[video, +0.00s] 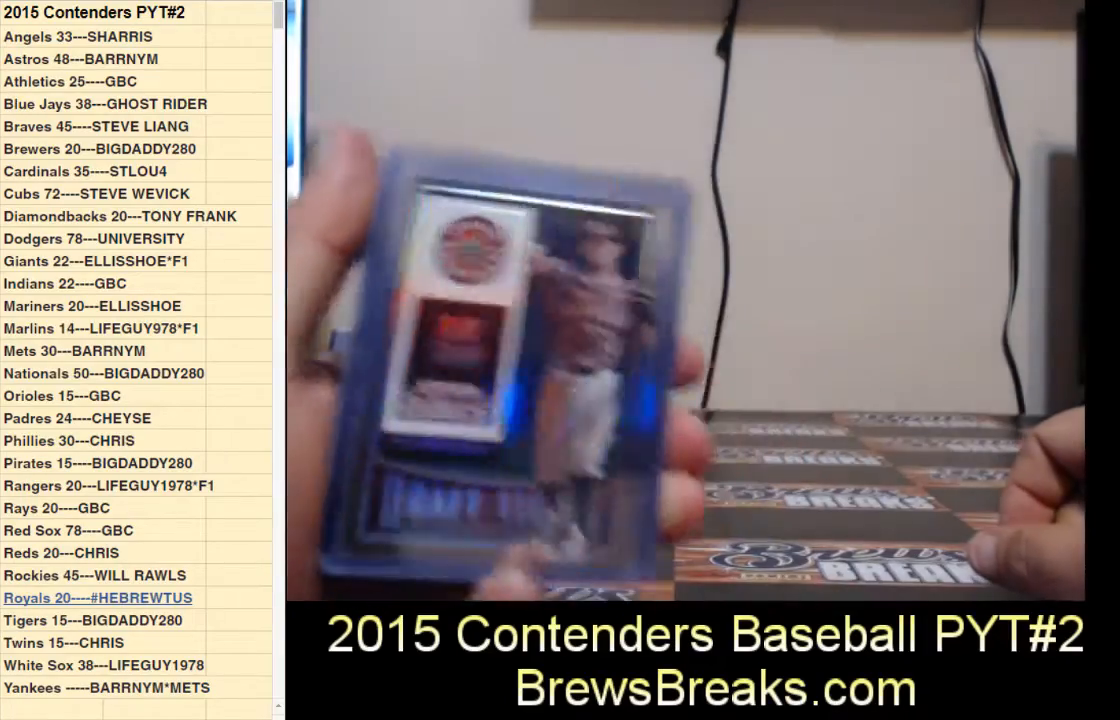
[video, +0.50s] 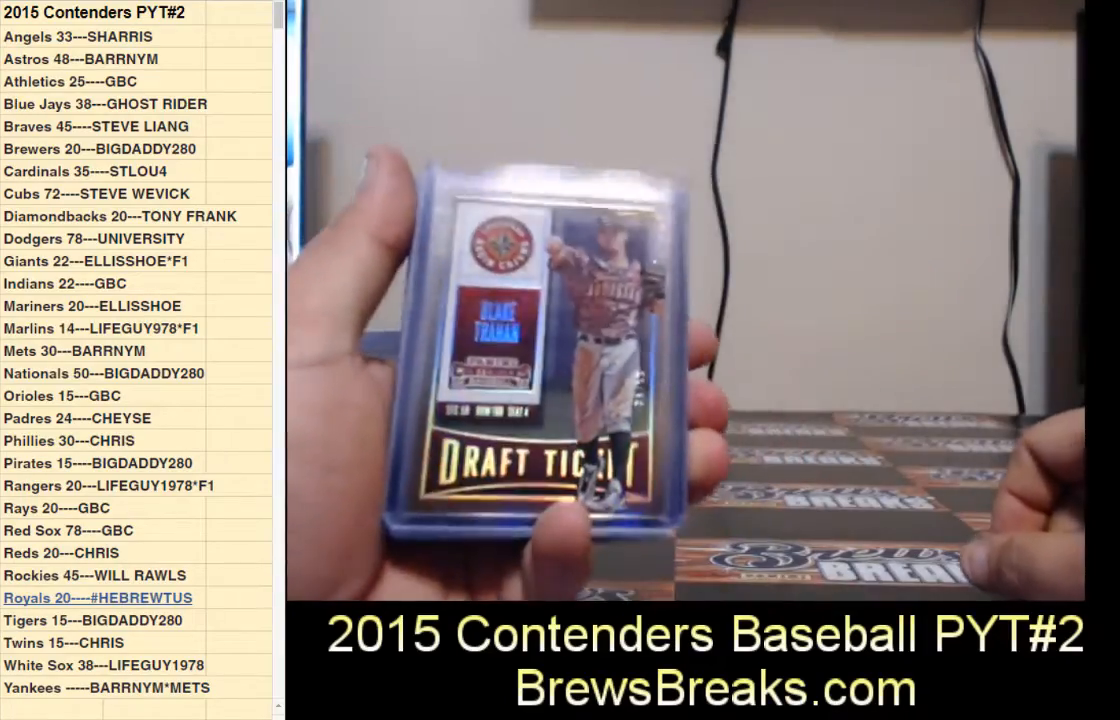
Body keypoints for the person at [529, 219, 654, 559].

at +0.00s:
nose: (599, 249)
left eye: (608, 242)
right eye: (593, 241)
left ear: (621, 249)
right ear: (581, 246)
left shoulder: (626, 292)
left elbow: (646, 335)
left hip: (601, 378)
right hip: (561, 376)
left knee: (586, 459)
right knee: (553, 457)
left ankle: (581, 532)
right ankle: (559, 529)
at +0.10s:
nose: (587, 238)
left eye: (594, 232)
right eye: (583, 232)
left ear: (607, 238)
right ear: (575, 236)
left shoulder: (618, 277)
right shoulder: (561, 266)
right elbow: (534, 254)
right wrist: (527, 246)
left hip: (602, 357)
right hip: (565, 356)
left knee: (593, 429)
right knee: (558, 429)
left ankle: (592, 499)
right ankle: (566, 492)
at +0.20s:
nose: (607, 231)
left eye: (614, 225)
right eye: (602, 225)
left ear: (626, 230)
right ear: (595, 230)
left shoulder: (638, 269)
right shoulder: (581, 259)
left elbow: (658, 311)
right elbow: (560, 251)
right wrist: (552, 242)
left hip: (622, 349)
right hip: (586, 348)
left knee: (615, 422)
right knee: (582, 423)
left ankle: (614, 497)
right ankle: (586, 489)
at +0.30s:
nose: (601, 225)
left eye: (607, 219)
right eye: (596, 219)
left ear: (619, 224)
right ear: (589, 223)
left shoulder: (630, 261)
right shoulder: (575, 251)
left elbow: (652, 301)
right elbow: (557, 246)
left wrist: (653, 280)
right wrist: (546, 238)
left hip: (617, 341)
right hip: (581, 341)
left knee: (611, 411)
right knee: (578, 412)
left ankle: (610, 483)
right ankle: (584, 474)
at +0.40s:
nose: (598, 223)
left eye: (605, 217)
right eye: (593, 218)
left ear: (616, 223)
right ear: (586, 223)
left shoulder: (628, 257)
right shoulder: (574, 249)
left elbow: (648, 296)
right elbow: (555, 245)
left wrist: (650, 275)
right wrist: (546, 236)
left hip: (616, 335)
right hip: (580, 335)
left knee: (612, 402)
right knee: (579, 404)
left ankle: (612, 474)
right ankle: (585, 461)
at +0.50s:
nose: (610, 238)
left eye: (615, 233)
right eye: (605, 232)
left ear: (626, 237)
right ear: (597, 237)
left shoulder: (636, 272)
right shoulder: (585, 264)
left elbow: (655, 308)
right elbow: (569, 258)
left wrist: (659, 291)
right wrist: (559, 251)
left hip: (624, 348)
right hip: (589, 347)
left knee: (619, 415)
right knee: (586, 415)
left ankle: (617, 486)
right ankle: (589, 473)